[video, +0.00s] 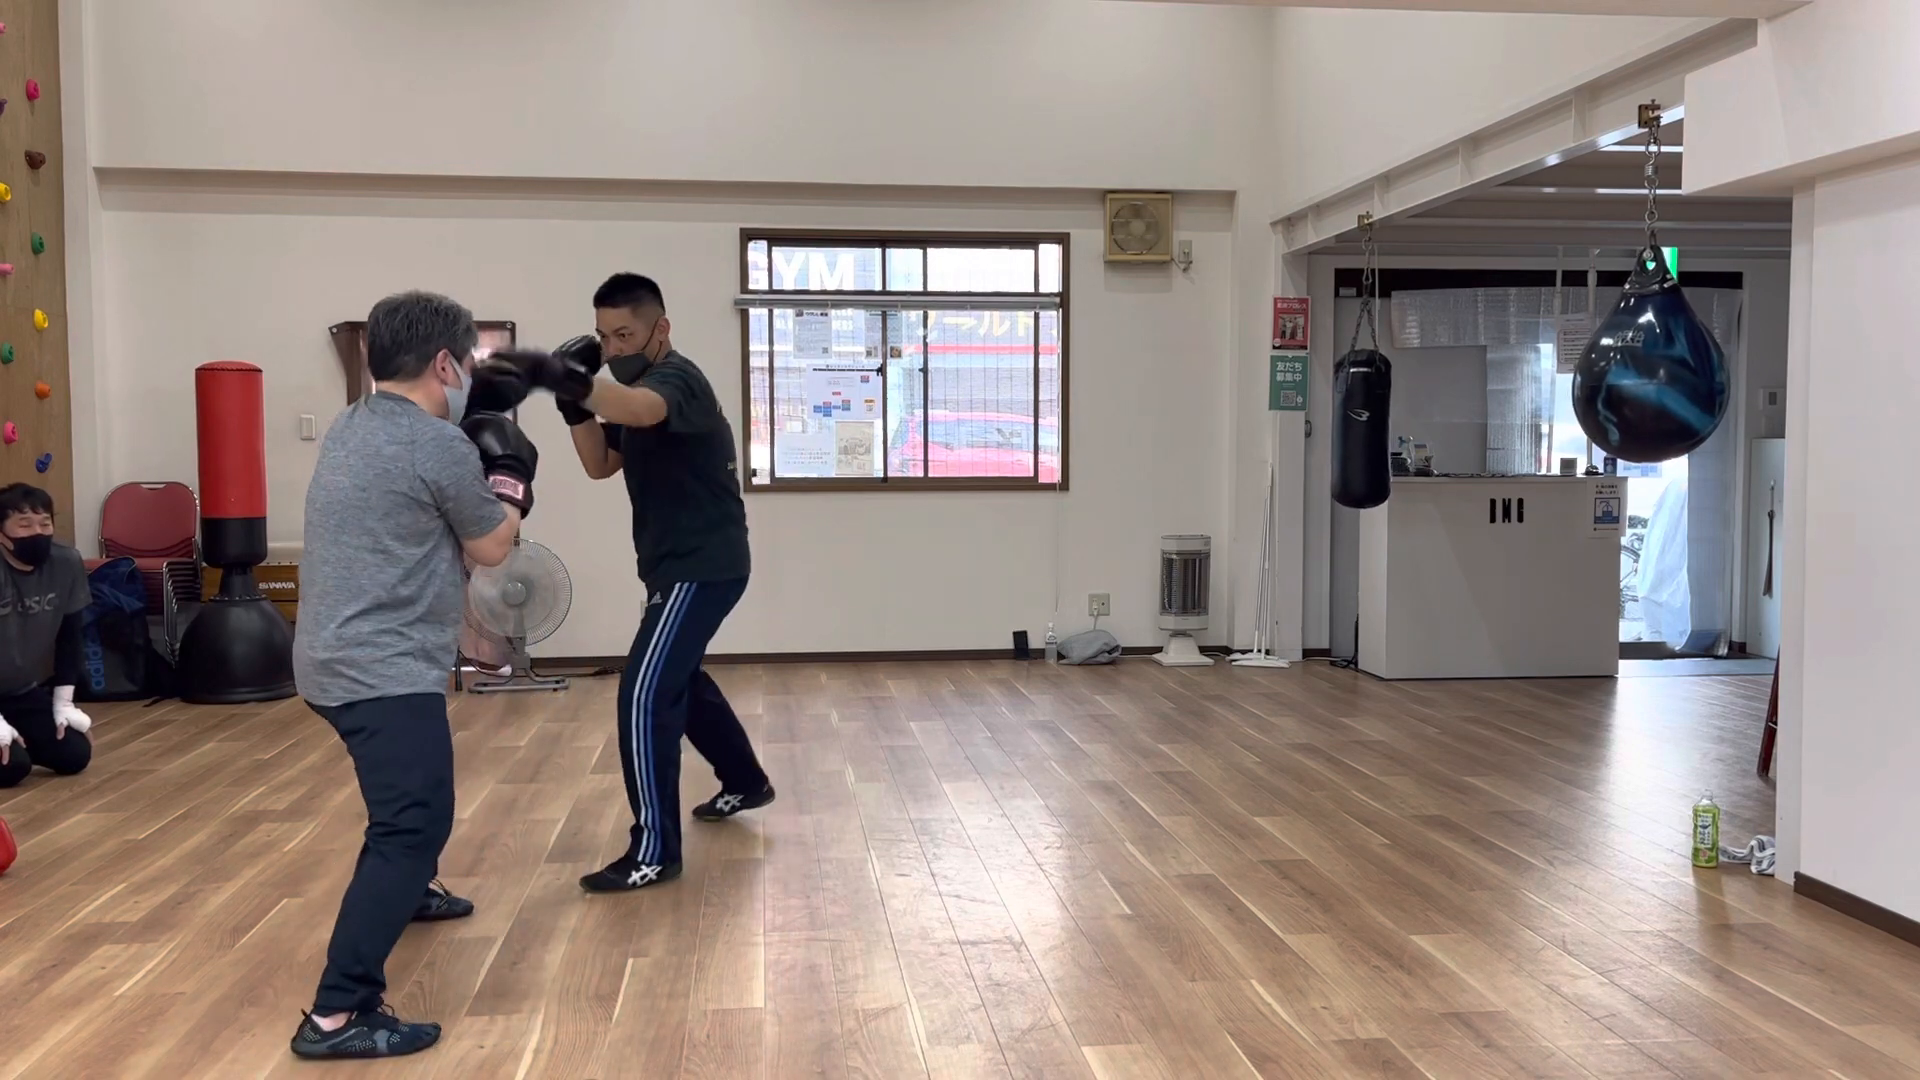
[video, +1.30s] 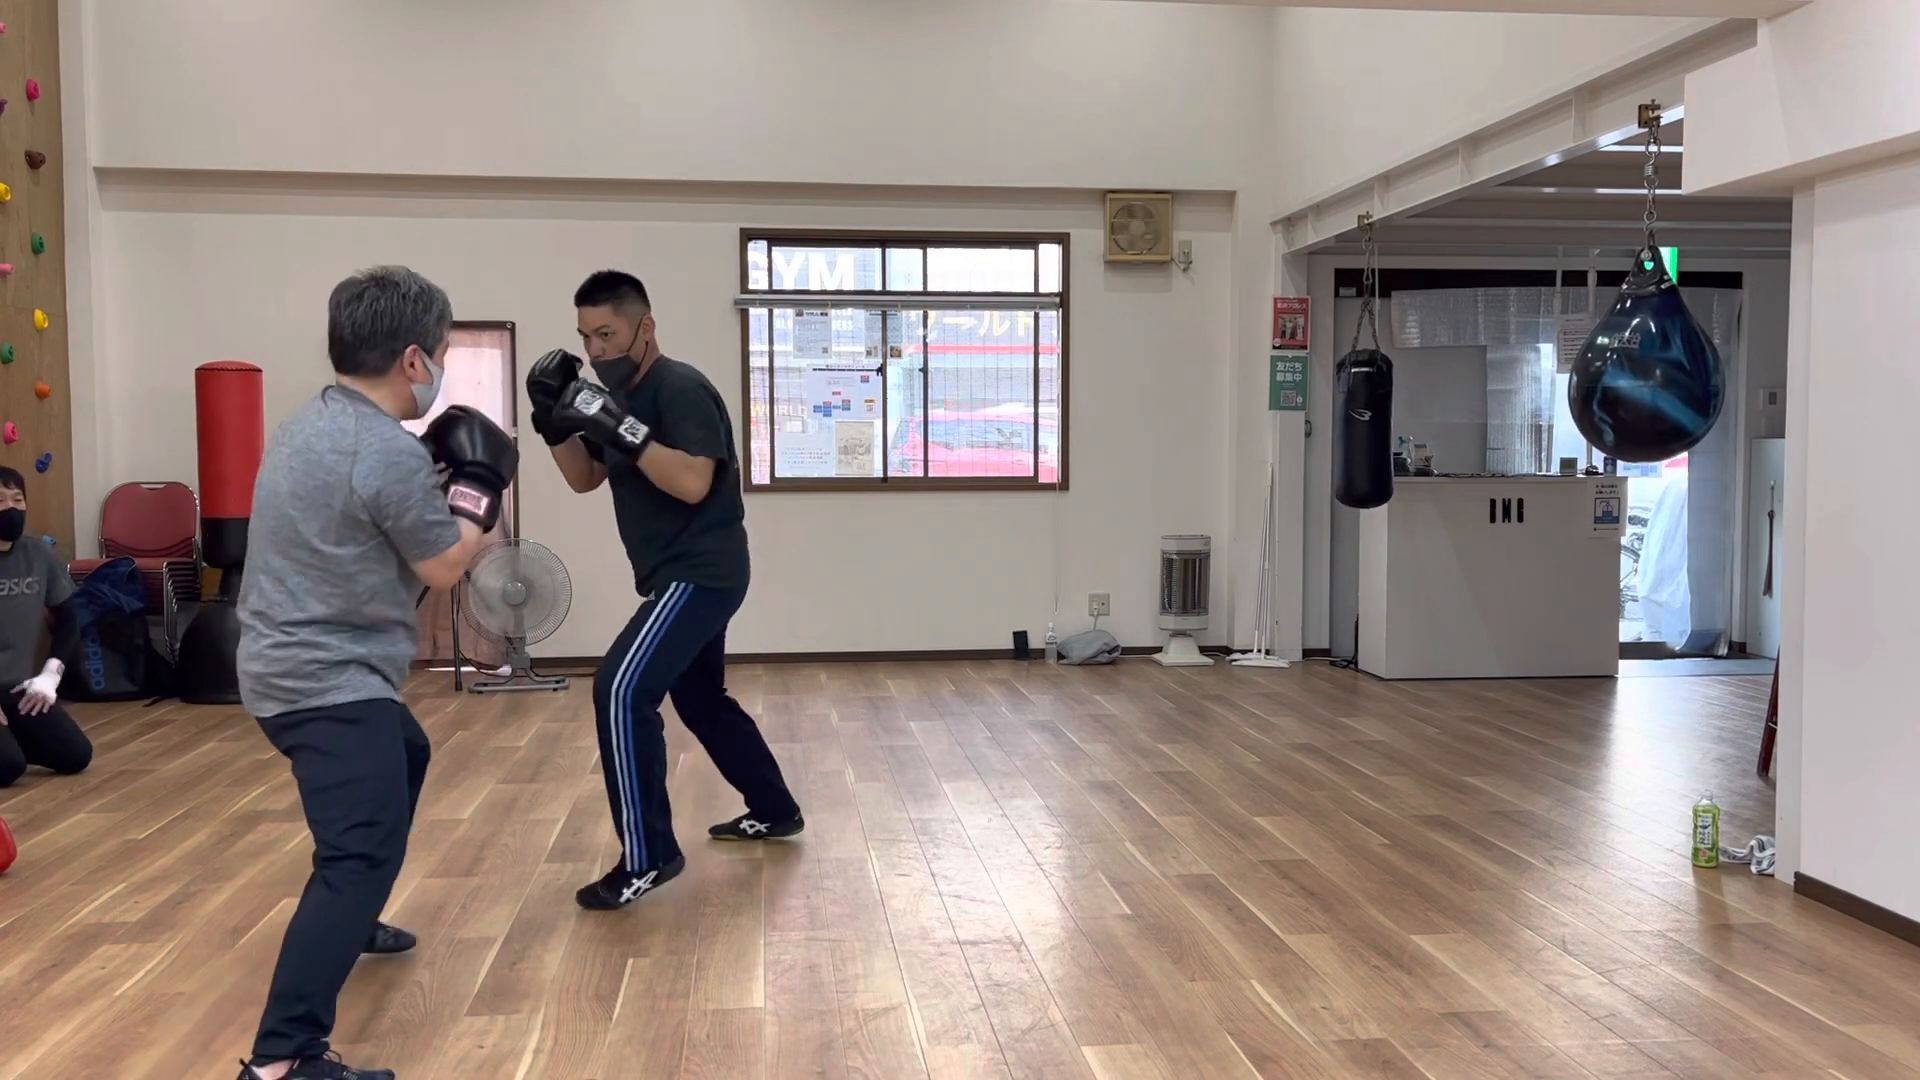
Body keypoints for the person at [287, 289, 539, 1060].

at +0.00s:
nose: (466, 379)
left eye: (468, 367)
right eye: (464, 366)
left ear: (381, 362)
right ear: (442, 364)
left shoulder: (350, 426)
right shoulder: (436, 443)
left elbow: (411, 514)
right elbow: (490, 546)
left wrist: (462, 435)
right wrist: (512, 497)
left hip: (332, 663)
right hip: (389, 674)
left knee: (410, 789)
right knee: (409, 831)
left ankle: (406, 887)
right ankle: (338, 1011)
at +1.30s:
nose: (439, 369)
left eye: (441, 355)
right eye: (438, 354)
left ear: (345, 349)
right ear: (411, 361)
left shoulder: (306, 422)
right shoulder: (386, 452)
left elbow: (351, 528)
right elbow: (443, 570)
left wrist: (428, 478)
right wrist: (479, 513)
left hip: (287, 665)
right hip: (332, 680)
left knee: (405, 754)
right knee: (358, 857)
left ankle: (352, 914)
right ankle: (285, 1052)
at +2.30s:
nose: (511, 330)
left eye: (513, 316)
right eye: (510, 315)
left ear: (406, 318)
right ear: (490, 321)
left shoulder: (357, 406)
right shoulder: (484, 411)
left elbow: (417, 513)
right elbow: (543, 530)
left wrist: (524, 469)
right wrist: (550, 464)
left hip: (345, 683)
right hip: (421, 692)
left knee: (407, 845)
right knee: (431, 878)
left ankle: (387, 988)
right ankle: (380, 1065)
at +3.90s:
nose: (489, 317)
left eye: (491, 300)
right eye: (489, 301)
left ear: (382, 300)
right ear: (468, 310)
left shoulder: (332, 396)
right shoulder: (464, 415)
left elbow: (399, 509)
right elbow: (531, 534)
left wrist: (501, 451)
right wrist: (541, 450)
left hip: (323, 697)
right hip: (409, 707)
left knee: (389, 864)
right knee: (441, 895)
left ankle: (383, 1017)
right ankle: (411, 1061)